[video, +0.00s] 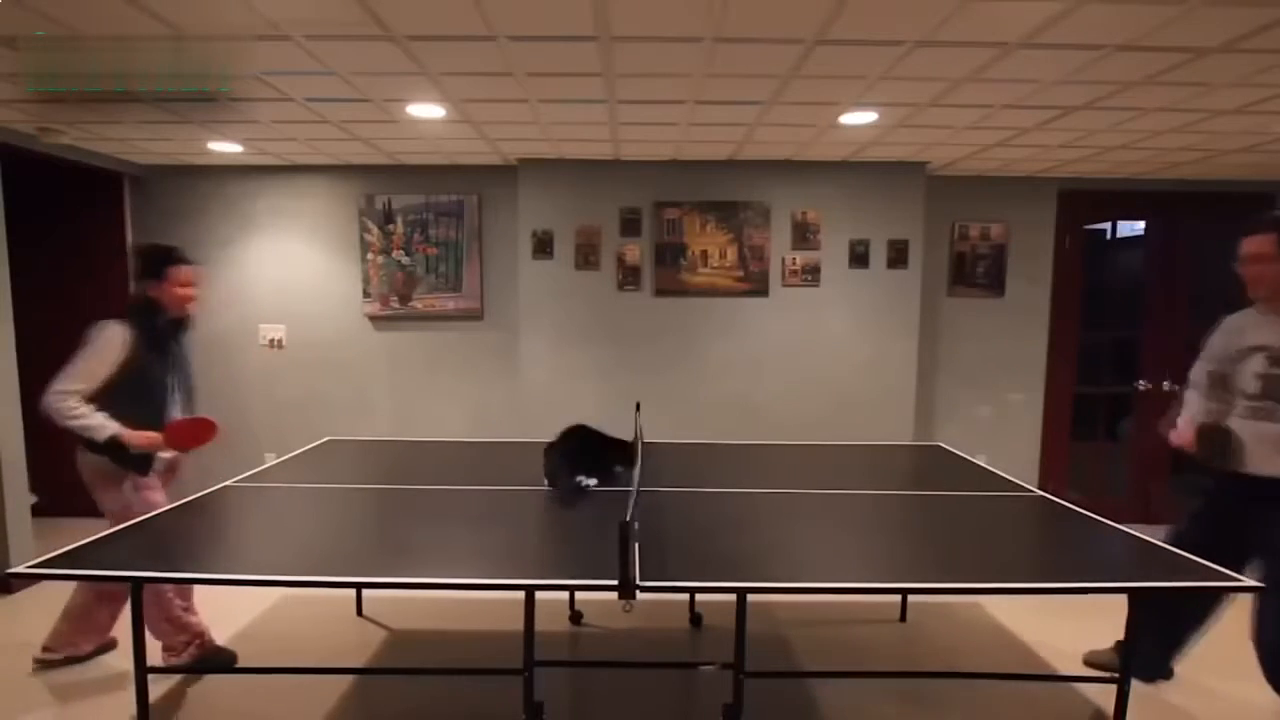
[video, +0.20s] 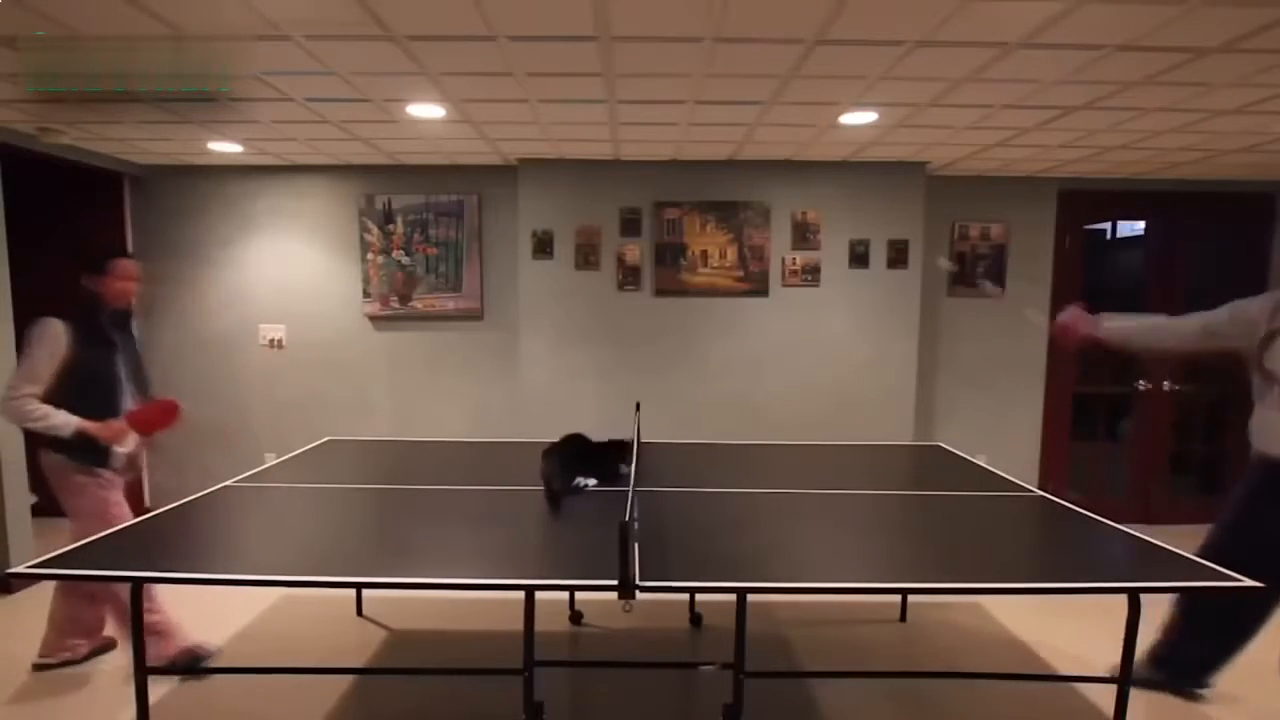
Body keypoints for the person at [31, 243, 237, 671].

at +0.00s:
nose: (191, 294)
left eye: (193, 285)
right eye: (183, 284)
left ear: (185, 288)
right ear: (154, 288)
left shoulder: (171, 337)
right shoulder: (119, 334)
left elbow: (175, 398)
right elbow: (58, 399)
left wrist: (178, 441)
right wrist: (124, 434)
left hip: (149, 459)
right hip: (111, 461)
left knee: (126, 550)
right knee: (161, 544)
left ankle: (71, 641)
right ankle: (185, 644)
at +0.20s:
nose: (130, 288)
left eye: (134, 280)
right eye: (121, 279)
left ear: (138, 287)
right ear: (96, 283)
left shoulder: (122, 332)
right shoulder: (59, 331)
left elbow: (124, 396)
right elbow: (17, 402)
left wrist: (146, 420)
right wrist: (87, 427)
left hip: (115, 456)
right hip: (73, 461)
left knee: (94, 548)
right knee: (123, 545)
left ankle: (68, 640)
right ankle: (163, 648)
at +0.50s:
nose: (115, 287)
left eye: (119, 278)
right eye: (106, 278)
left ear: (121, 281)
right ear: (74, 277)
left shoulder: (108, 329)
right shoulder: (39, 323)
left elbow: (120, 400)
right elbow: (2, 388)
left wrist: (131, 460)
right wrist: (52, 410)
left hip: (104, 462)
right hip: (60, 465)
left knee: (93, 551)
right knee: (118, 546)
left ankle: (61, 644)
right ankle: (117, 659)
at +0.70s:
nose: (129, 315)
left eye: (133, 305)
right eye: (118, 304)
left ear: (137, 308)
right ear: (87, 305)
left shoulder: (129, 358)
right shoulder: (55, 353)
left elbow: (139, 432)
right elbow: (11, 418)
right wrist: (82, 404)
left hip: (127, 491)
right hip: (76, 498)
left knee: (118, 572)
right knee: (113, 584)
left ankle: (62, 649)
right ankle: (118, 704)